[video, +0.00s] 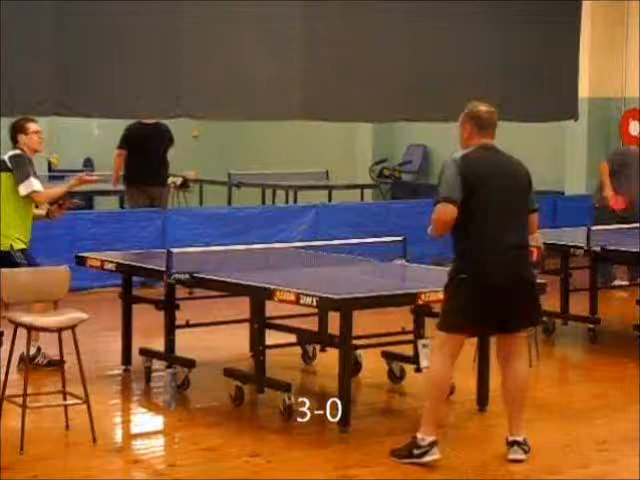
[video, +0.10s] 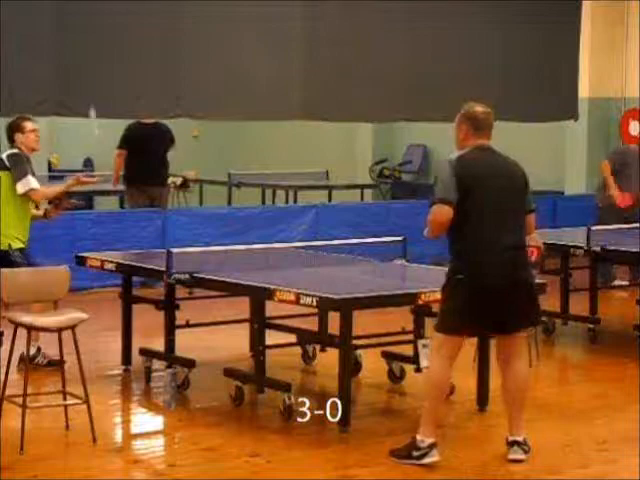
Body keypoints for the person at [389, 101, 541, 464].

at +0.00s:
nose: (458, 135)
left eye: (459, 128)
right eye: (460, 128)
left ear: (466, 128)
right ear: (494, 131)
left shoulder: (459, 165)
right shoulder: (518, 168)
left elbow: (447, 214)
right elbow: (532, 223)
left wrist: (436, 229)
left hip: (472, 277)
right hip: (515, 277)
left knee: (444, 354)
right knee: (513, 355)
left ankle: (426, 438)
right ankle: (517, 438)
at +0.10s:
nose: (455, 135)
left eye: (455, 129)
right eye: (457, 129)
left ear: (462, 129)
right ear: (490, 131)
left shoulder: (456, 166)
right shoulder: (515, 170)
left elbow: (442, 215)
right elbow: (529, 225)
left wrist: (432, 230)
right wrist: (496, 224)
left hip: (469, 278)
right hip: (513, 279)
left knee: (442, 356)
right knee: (513, 357)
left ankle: (425, 439)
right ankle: (517, 438)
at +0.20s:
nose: (442, 139)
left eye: (443, 134)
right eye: (444, 134)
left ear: (450, 134)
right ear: (476, 134)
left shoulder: (442, 169)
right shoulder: (503, 171)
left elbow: (424, 223)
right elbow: (519, 230)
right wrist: (486, 225)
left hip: (459, 277)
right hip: (504, 279)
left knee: (432, 353)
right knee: (509, 354)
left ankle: (425, 441)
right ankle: (516, 437)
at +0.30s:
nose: (434, 140)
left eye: (435, 135)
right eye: (436, 135)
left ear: (442, 135)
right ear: (469, 136)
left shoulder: (432, 169)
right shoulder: (495, 170)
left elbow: (415, 226)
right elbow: (514, 227)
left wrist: (432, 217)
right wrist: (483, 223)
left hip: (454, 274)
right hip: (499, 273)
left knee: (429, 355)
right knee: (507, 347)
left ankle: (424, 442)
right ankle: (518, 434)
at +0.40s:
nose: (426, 142)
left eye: (427, 136)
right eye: (428, 136)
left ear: (434, 135)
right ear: (462, 135)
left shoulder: (426, 169)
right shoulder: (489, 169)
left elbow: (410, 225)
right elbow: (512, 225)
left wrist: (409, 235)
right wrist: (481, 229)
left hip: (451, 271)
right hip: (497, 269)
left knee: (428, 354)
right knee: (509, 344)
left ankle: (424, 442)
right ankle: (524, 429)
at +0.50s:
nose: (425, 142)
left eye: (426, 137)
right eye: (428, 137)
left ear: (433, 136)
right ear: (461, 136)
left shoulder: (425, 171)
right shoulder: (489, 171)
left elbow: (409, 231)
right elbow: (513, 225)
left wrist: (421, 220)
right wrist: (482, 231)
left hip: (452, 274)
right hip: (497, 273)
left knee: (428, 354)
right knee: (508, 348)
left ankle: (424, 442)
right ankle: (524, 432)